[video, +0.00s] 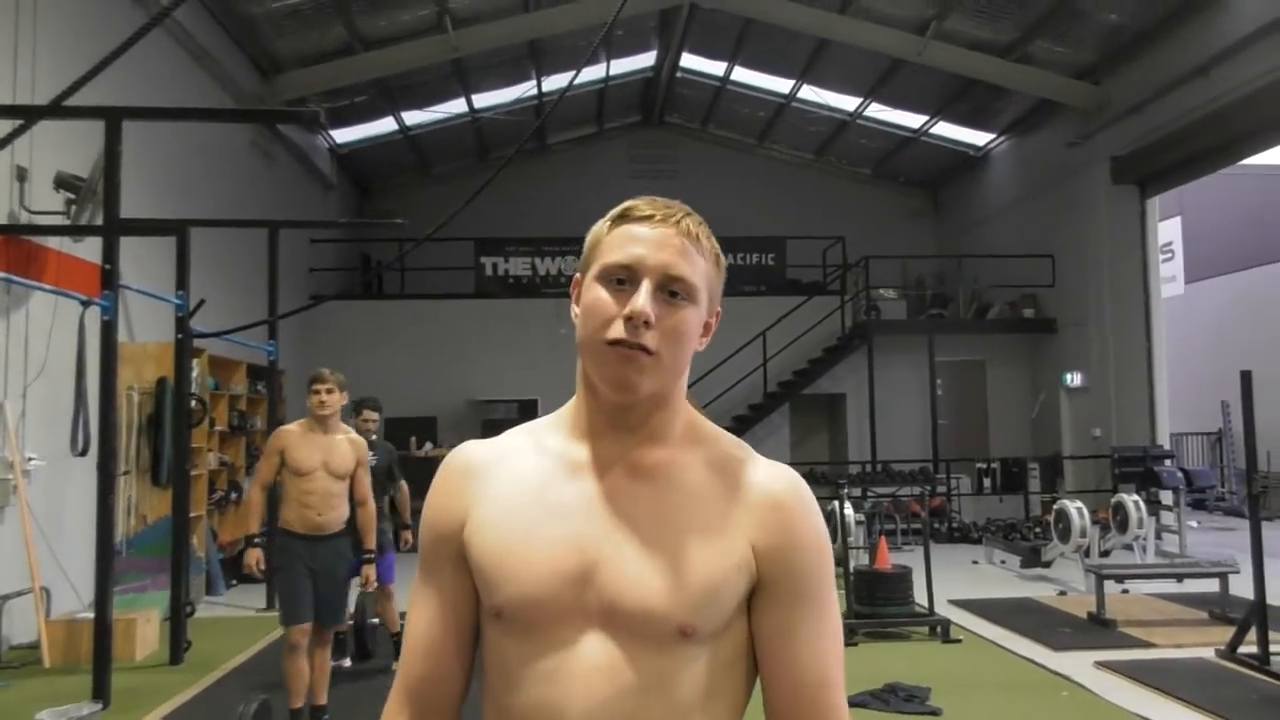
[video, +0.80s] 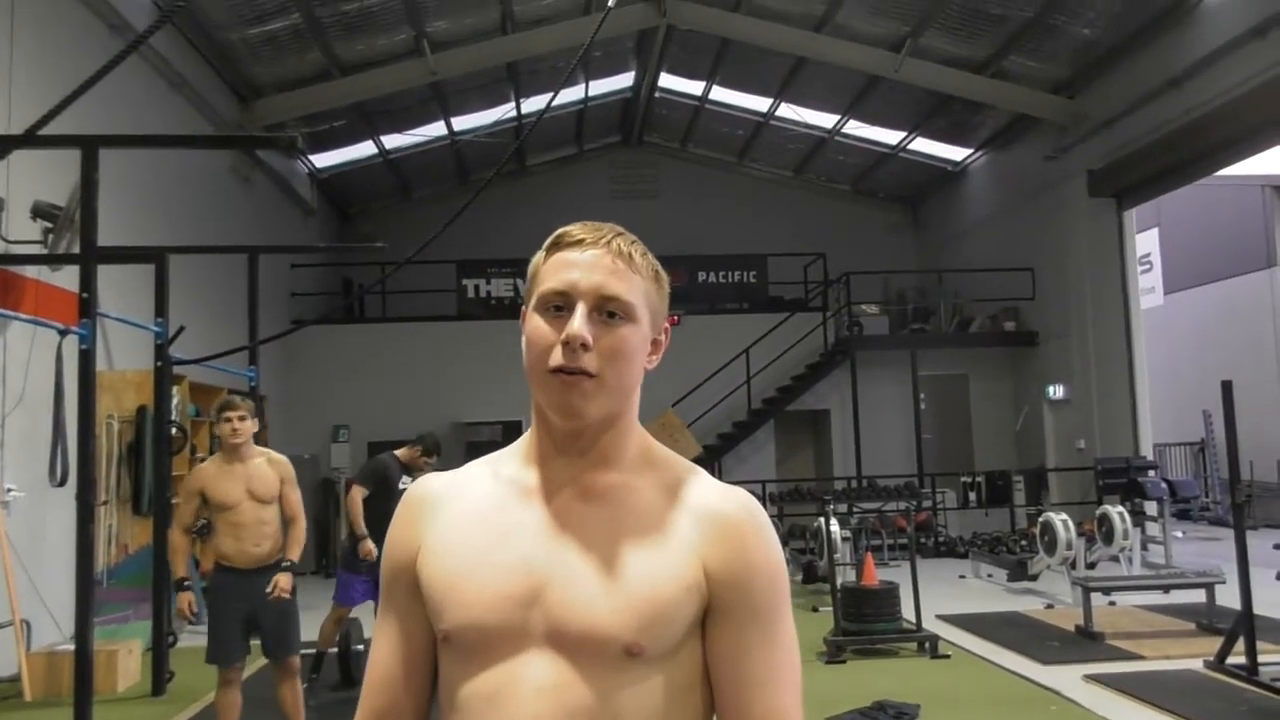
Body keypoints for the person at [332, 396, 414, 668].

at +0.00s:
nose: (370, 427)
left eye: (374, 422)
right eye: (365, 421)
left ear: (380, 423)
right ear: (353, 422)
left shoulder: (386, 451)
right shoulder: (342, 449)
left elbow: (400, 487)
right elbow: (332, 489)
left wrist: (406, 524)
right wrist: (335, 522)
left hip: (380, 526)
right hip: (348, 525)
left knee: (386, 587)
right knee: (341, 588)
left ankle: (397, 643)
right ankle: (342, 644)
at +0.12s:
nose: (384, 430)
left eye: (388, 425)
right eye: (379, 424)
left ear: (392, 427)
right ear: (368, 424)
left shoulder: (394, 454)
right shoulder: (350, 450)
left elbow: (404, 492)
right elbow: (337, 490)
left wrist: (414, 526)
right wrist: (336, 525)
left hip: (387, 531)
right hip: (352, 529)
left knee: (390, 595)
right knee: (342, 595)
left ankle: (394, 652)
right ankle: (337, 649)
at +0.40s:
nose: (413, 449)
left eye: (417, 445)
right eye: (412, 443)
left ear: (409, 438)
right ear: (399, 434)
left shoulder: (408, 461)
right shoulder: (365, 456)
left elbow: (410, 500)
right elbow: (343, 492)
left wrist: (411, 534)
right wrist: (353, 529)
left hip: (394, 544)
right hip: (365, 544)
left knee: (390, 607)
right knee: (347, 601)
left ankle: (390, 657)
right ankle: (328, 652)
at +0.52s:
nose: (419, 454)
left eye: (422, 450)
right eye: (417, 448)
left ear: (416, 443)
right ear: (406, 438)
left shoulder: (409, 464)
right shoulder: (370, 457)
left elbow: (406, 503)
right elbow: (347, 490)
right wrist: (362, 528)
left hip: (393, 547)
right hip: (361, 547)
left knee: (389, 609)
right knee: (347, 605)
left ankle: (387, 664)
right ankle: (323, 661)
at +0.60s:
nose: (423, 457)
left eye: (427, 453)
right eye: (422, 451)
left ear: (419, 447)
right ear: (410, 441)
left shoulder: (411, 467)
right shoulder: (374, 458)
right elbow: (350, 490)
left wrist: (426, 475)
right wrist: (366, 529)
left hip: (393, 548)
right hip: (361, 548)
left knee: (389, 609)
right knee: (346, 608)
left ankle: (387, 664)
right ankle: (322, 659)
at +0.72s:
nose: (425, 464)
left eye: (429, 460)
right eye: (425, 458)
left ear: (419, 450)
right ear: (415, 446)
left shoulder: (410, 470)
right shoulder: (380, 461)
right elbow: (353, 494)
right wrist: (366, 534)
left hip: (391, 553)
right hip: (361, 552)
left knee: (388, 616)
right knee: (343, 610)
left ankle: (386, 672)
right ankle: (318, 665)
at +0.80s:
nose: (425, 469)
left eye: (429, 466)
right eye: (426, 463)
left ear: (420, 454)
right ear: (416, 451)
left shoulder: (412, 474)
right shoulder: (382, 464)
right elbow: (355, 495)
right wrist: (362, 538)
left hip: (393, 556)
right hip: (362, 555)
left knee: (392, 619)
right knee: (340, 614)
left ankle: (394, 676)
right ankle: (316, 668)